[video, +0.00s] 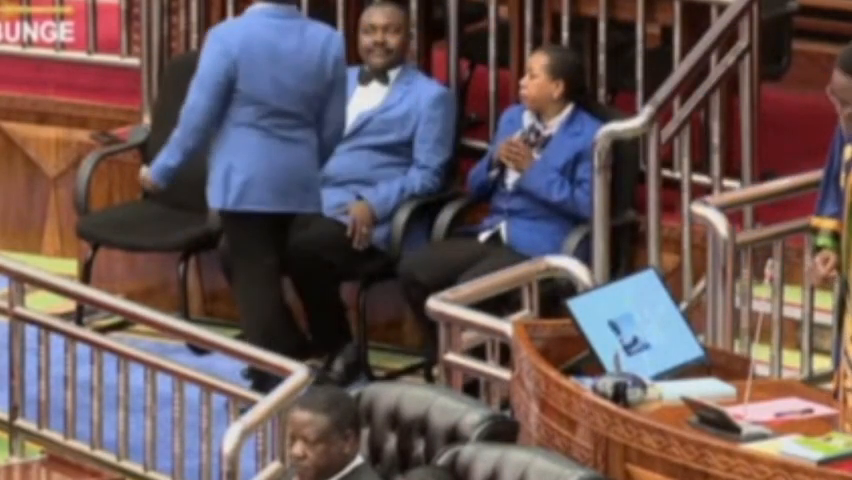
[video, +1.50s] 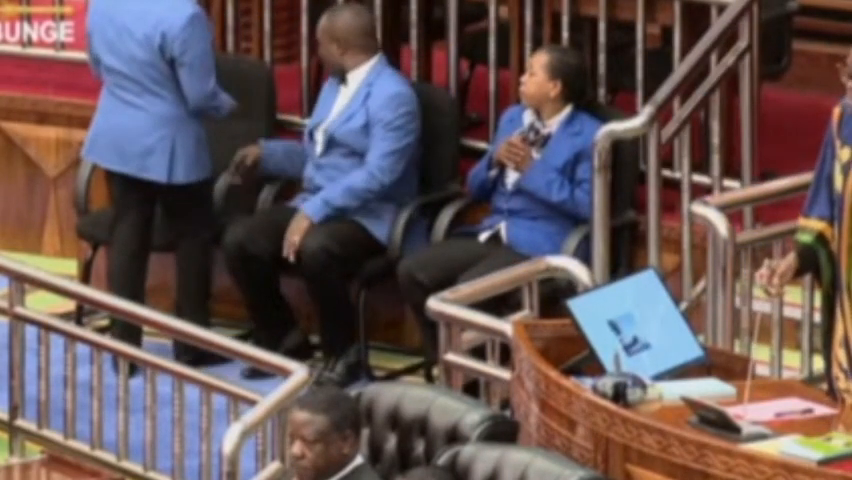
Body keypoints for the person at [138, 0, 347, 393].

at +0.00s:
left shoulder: (228, 35)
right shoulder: (326, 40)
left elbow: (199, 116)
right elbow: (332, 124)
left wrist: (161, 169)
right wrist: (311, 166)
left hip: (243, 174)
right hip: (298, 174)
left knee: (256, 277)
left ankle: (277, 373)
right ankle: (291, 353)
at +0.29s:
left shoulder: (188, 26)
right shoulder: (289, 41)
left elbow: (158, 96)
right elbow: (289, 118)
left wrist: (167, 127)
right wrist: (253, 128)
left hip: (193, 163)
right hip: (252, 167)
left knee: (211, 268)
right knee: (213, 266)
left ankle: (251, 373)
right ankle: (199, 367)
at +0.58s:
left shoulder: (166, 14)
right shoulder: (267, 35)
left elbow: (134, 81)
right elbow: (267, 110)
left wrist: (166, 104)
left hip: (163, 159)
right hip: (226, 166)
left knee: (152, 253)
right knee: (206, 261)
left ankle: (160, 356)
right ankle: (197, 366)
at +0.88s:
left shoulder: (123, 10)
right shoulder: (226, 29)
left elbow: (107, 76)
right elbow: (238, 105)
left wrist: (145, 86)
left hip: (135, 147)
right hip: (196, 154)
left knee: (136, 248)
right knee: (195, 253)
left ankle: (127, 355)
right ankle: (193, 367)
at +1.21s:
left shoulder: (96, 8)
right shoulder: (186, 21)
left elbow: (96, 72)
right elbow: (205, 99)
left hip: (114, 145)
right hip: (171, 154)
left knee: (129, 235)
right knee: (192, 246)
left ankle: (126, 349)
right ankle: (193, 352)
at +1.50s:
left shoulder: (101, 7)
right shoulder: (183, 15)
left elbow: (100, 68)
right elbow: (199, 95)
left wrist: (128, 90)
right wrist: (226, 105)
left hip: (116, 139)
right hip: (173, 146)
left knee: (128, 237)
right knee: (194, 238)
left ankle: (125, 349)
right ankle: (192, 345)